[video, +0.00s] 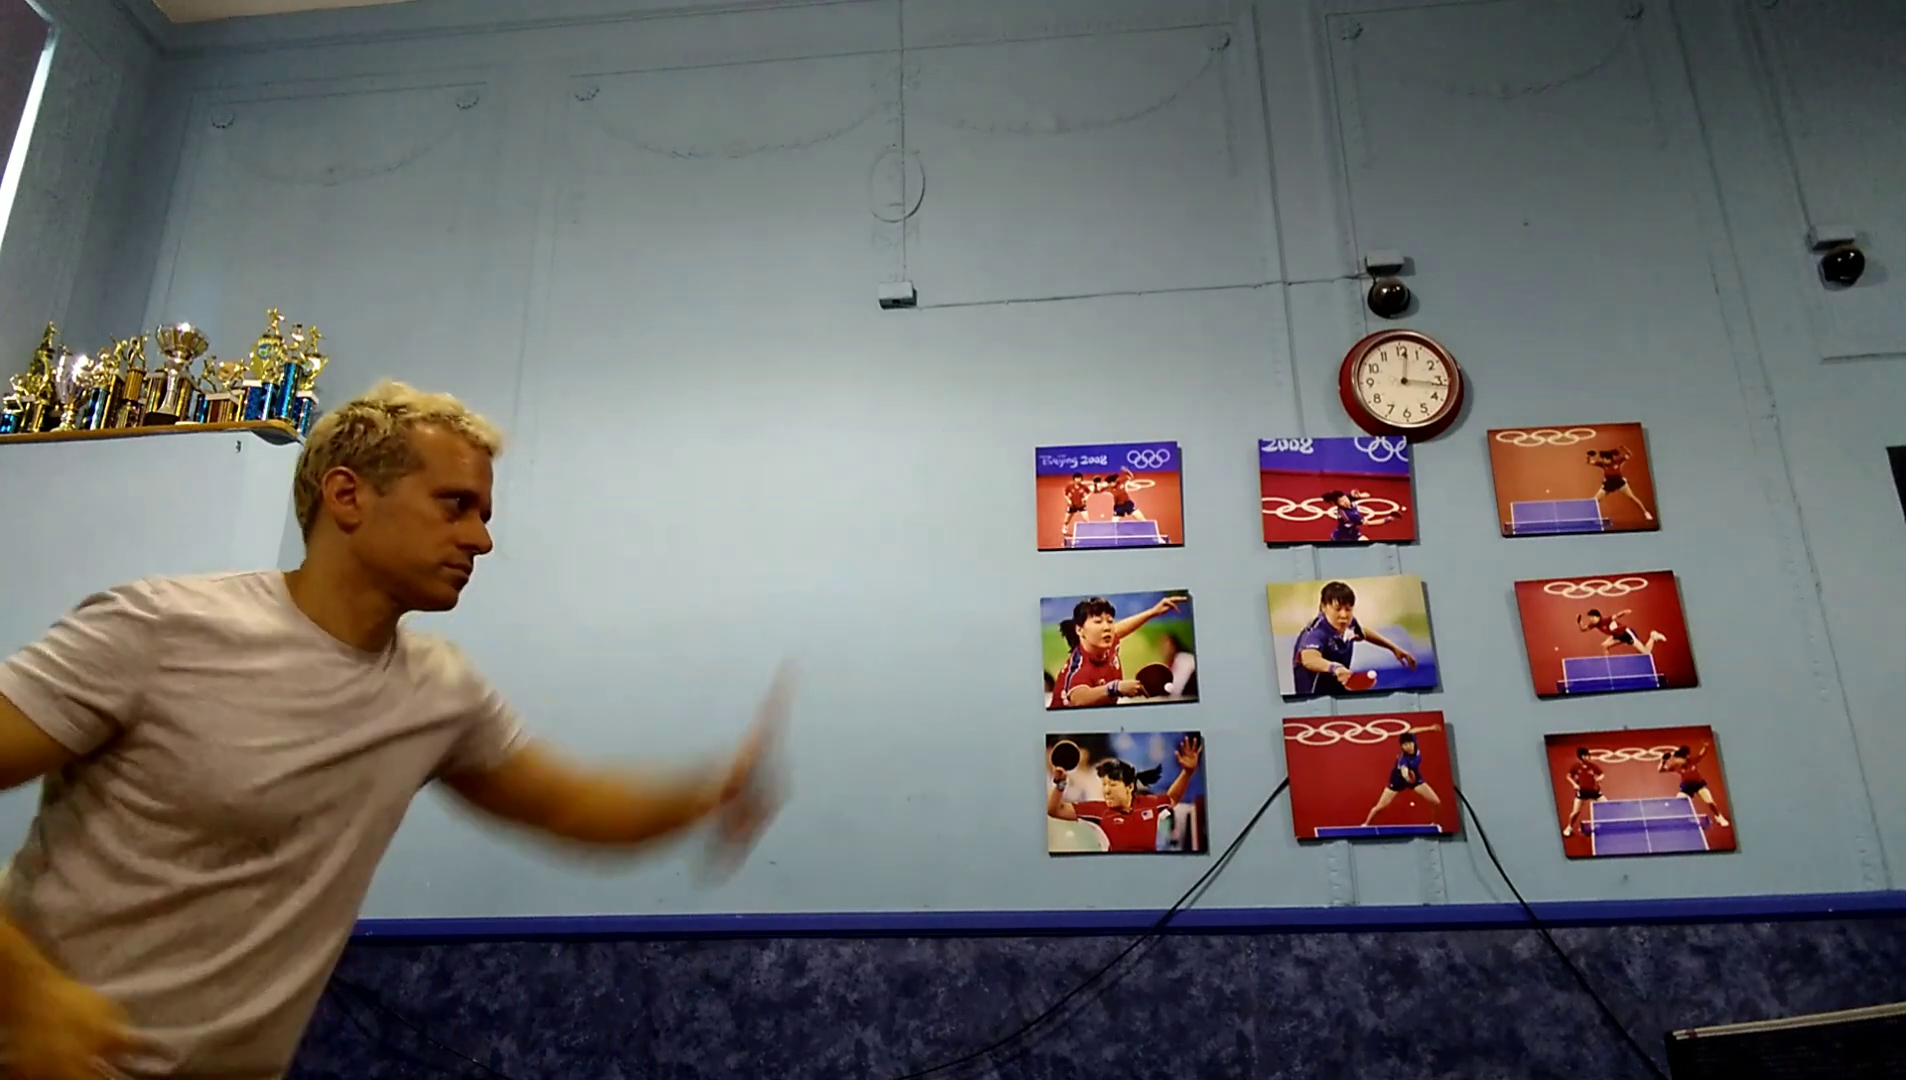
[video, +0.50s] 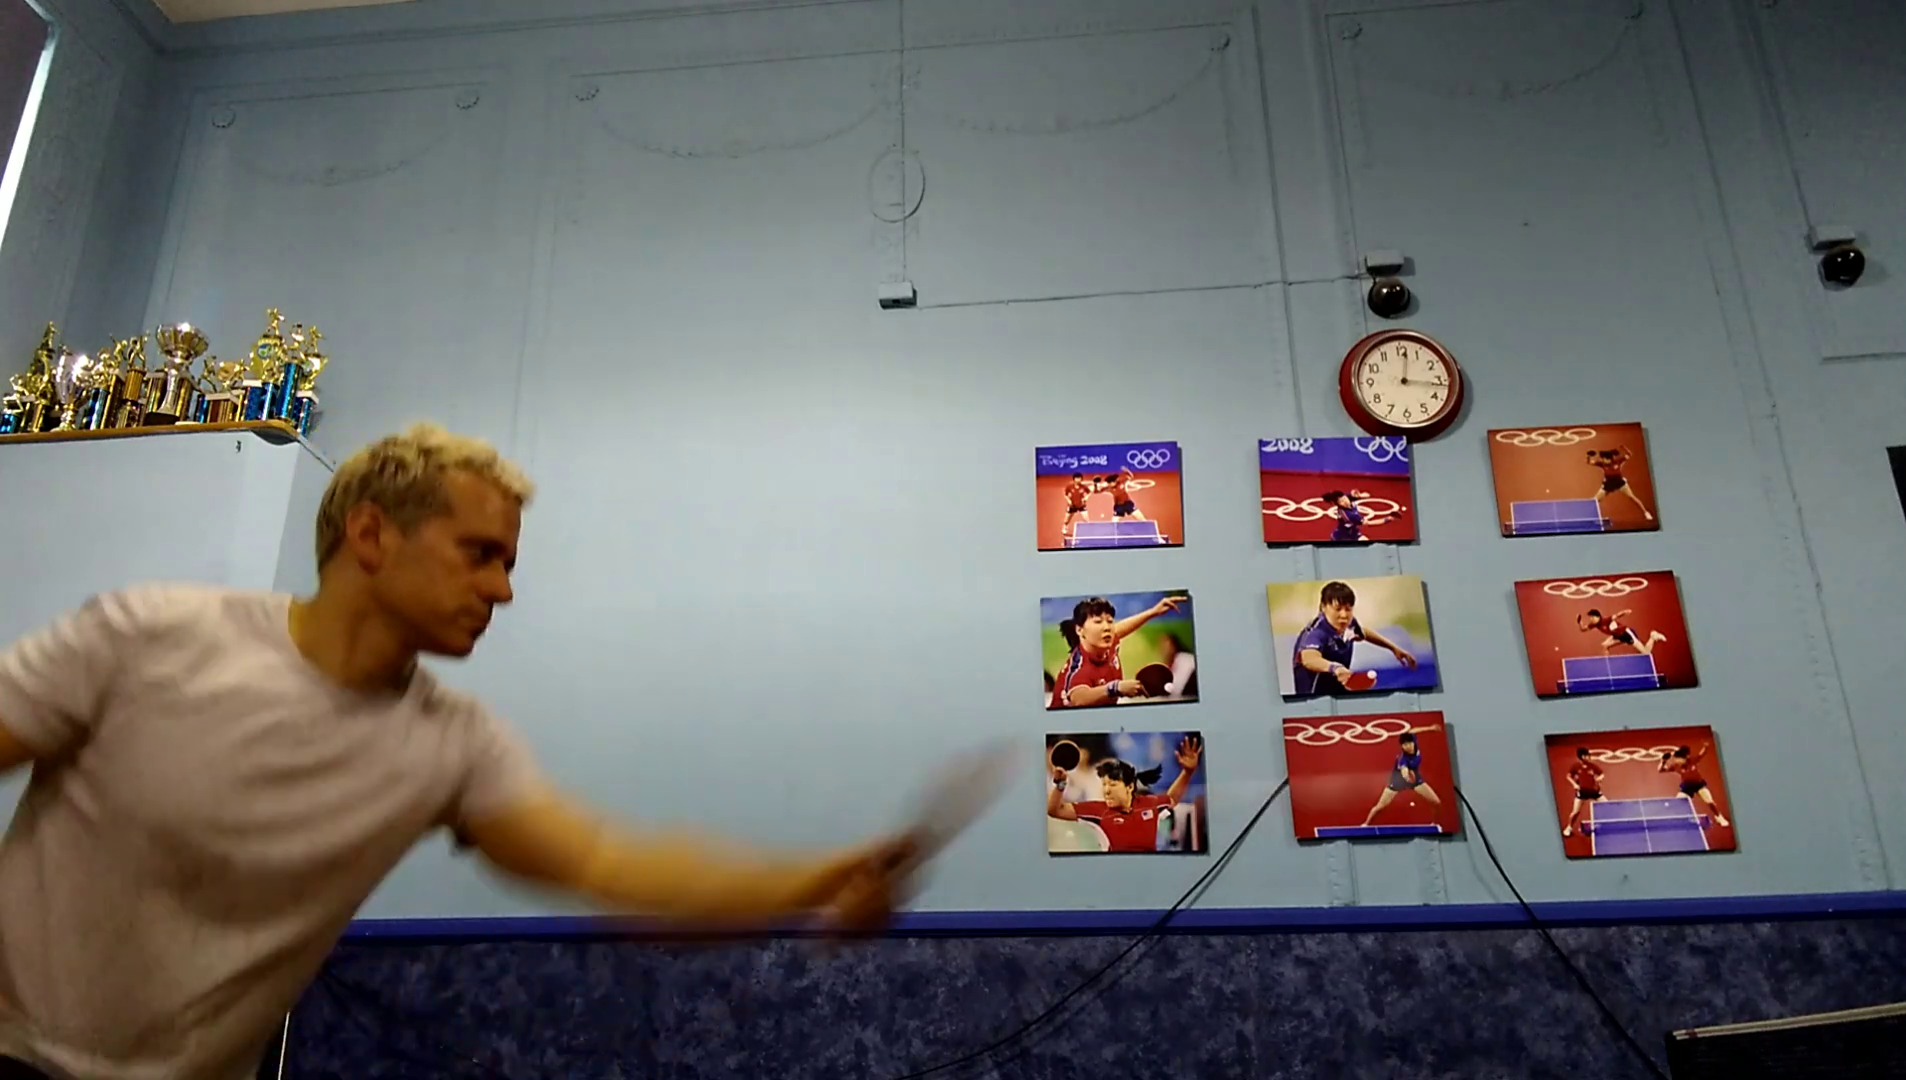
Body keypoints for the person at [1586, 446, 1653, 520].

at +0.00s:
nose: (1605, 461)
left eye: (1606, 460)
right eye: (1603, 460)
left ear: (1610, 459)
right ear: (1603, 459)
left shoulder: (1618, 462)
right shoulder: (1602, 464)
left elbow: (1629, 456)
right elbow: (1590, 463)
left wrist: (1624, 448)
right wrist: (1589, 457)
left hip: (1620, 482)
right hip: (1608, 483)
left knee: (1631, 497)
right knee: (1595, 499)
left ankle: (1645, 512)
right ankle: (1592, 518)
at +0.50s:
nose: (1605, 461)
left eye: (1606, 460)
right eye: (1603, 460)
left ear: (1610, 459)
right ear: (1603, 459)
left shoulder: (1618, 462)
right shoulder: (1602, 464)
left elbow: (1629, 456)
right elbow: (1590, 463)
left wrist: (1624, 448)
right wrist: (1589, 457)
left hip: (1620, 482)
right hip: (1608, 483)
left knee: (1631, 497)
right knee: (1596, 499)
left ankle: (1645, 512)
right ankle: (1591, 518)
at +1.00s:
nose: (1605, 461)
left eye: (1606, 460)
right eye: (1603, 460)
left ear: (1610, 459)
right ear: (1603, 459)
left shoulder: (1618, 461)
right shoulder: (1602, 464)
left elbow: (1629, 456)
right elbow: (1590, 463)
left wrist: (1624, 448)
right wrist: (1589, 457)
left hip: (1620, 482)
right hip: (1608, 483)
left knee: (1632, 497)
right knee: (1595, 499)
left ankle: (1645, 512)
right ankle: (1591, 518)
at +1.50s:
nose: (1605, 461)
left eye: (1606, 460)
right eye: (1603, 460)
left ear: (1610, 459)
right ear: (1603, 459)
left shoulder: (1617, 461)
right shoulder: (1602, 464)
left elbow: (1629, 456)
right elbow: (1590, 463)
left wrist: (1625, 449)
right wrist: (1589, 457)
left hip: (1620, 482)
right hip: (1608, 483)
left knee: (1631, 497)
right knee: (1595, 499)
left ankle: (1645, 512)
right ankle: (1592, 519)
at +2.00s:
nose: (1605, 461)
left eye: (1606, 460)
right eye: (1604, 460)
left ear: (1610, 459)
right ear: (1603, 459)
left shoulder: (1617, 462)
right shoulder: (1602, 464)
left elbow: (1629, 456)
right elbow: (1590, 463)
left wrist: (1624, 449)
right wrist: (1589, 457)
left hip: (1620, 482)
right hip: (1608, 483)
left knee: (1632, 497)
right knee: (1595, 499)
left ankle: (1645, 512)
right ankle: (1592, 519)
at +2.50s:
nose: (1605, 461)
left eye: (1606, 460)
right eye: (1603, 460)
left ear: (1610, 459)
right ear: (1603, 459)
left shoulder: (1617, 461)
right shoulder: (1602, 464)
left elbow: (1629, 457)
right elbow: (1590, 463)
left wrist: (1624, 449)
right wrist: (1590, 457)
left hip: (1620, 482)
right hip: (1608, 483)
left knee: (1632, 497)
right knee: (1595, 500)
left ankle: (1645, 512)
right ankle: (1592, 519)